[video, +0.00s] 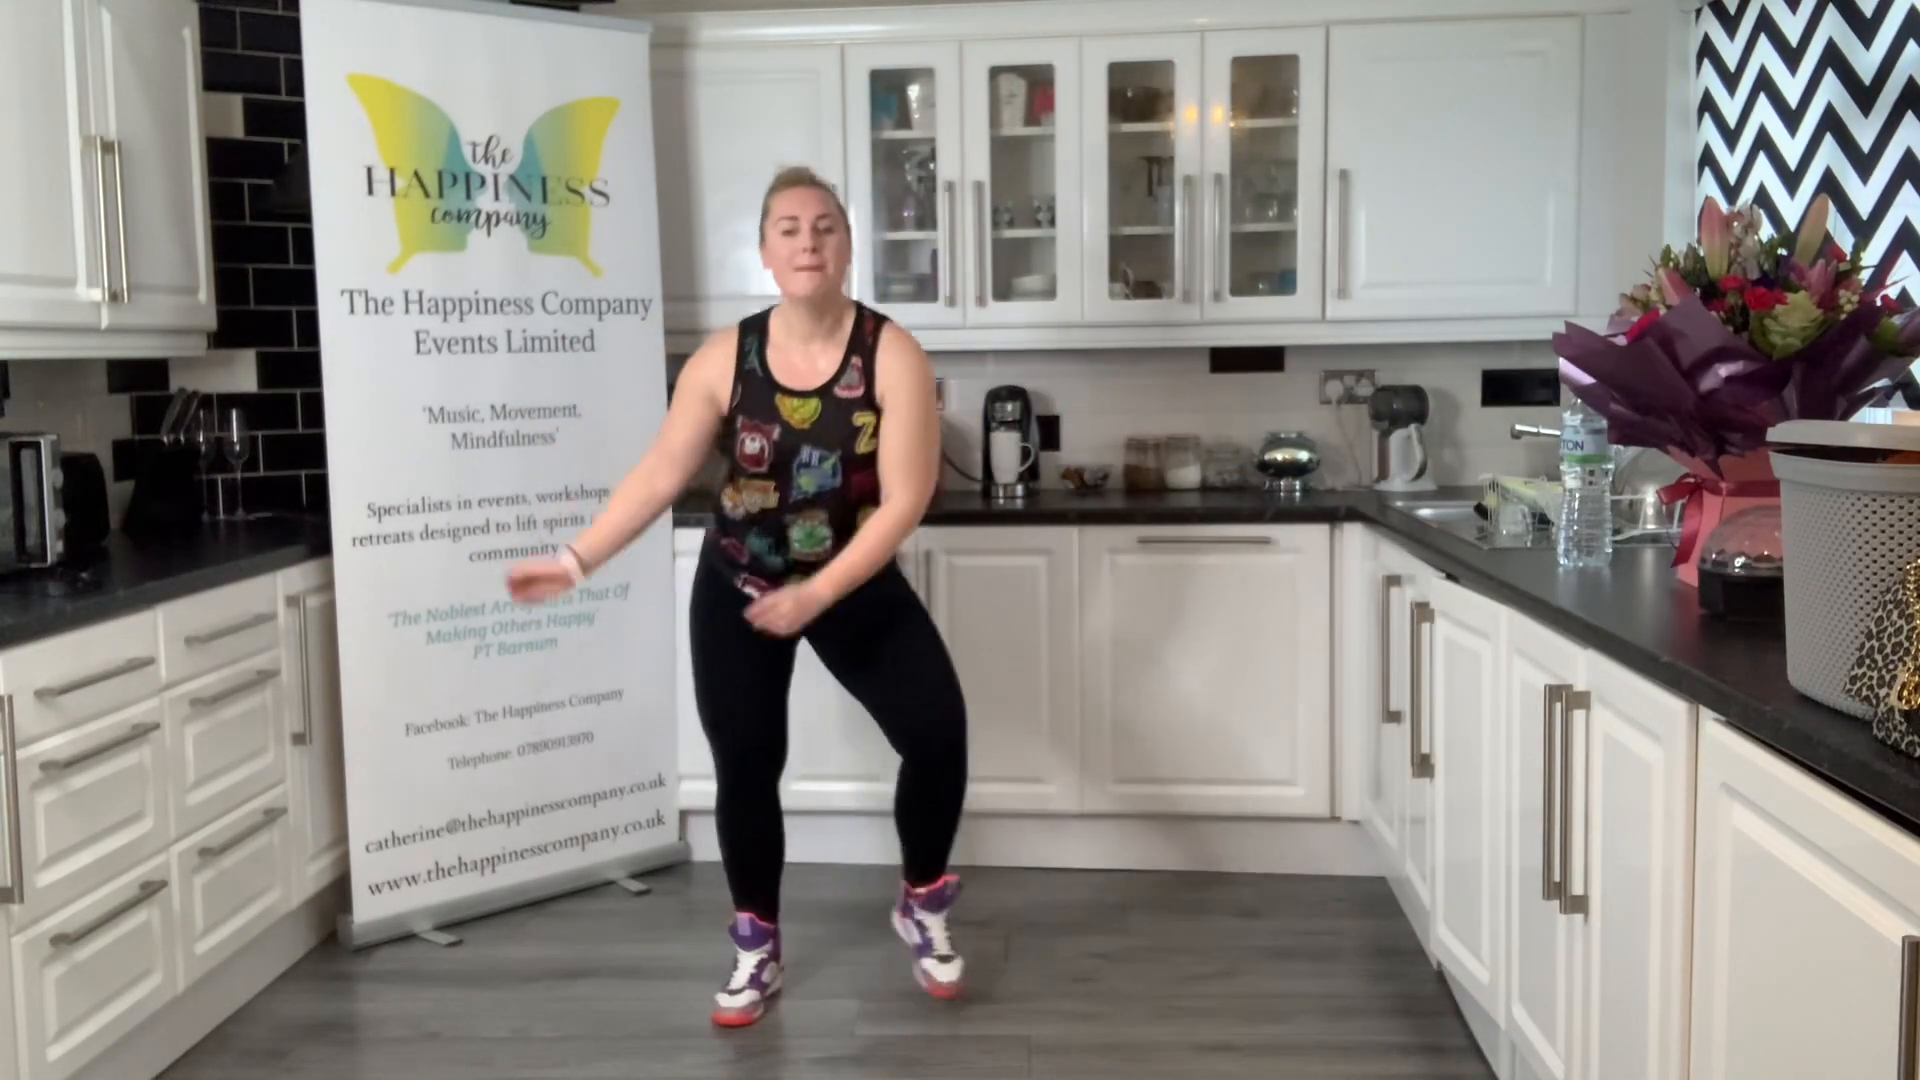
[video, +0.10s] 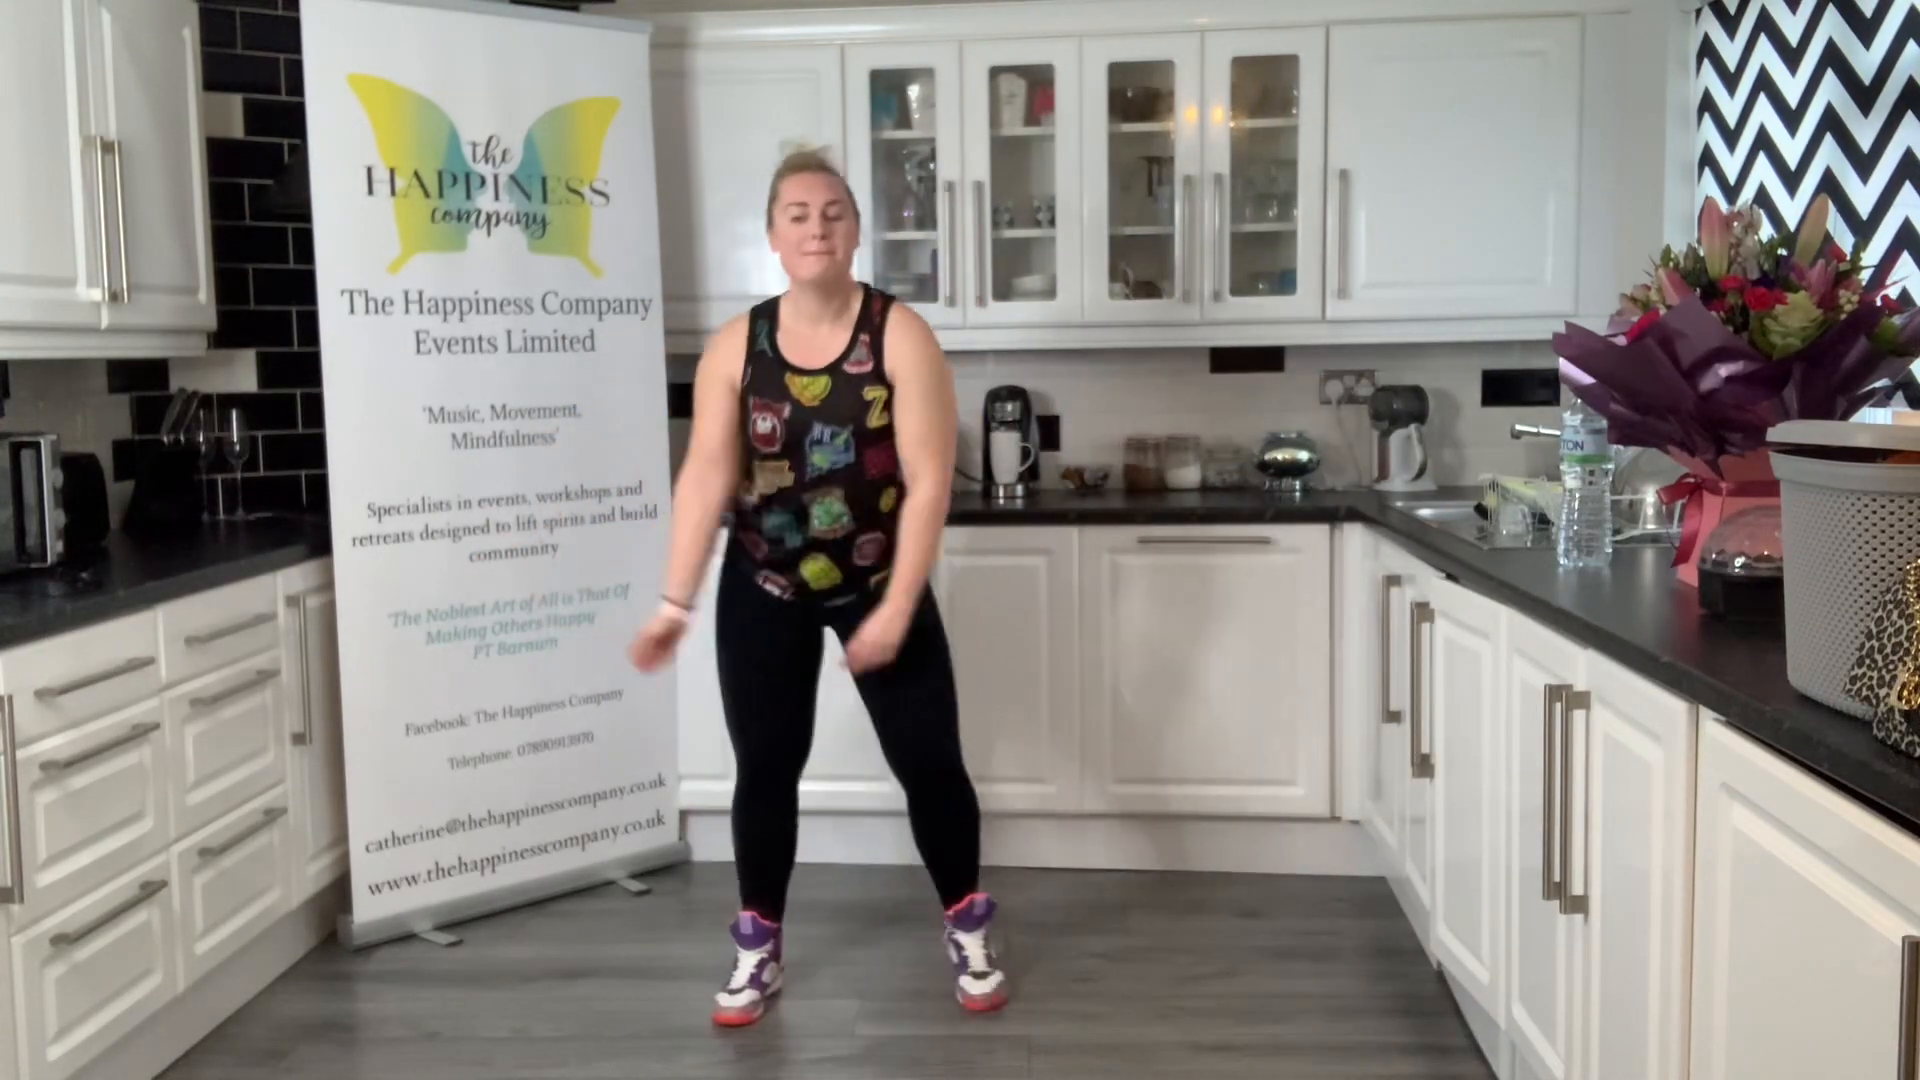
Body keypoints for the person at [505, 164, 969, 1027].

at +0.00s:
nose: (809, 243)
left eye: (826, 228)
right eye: (789, 230)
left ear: (848, 246)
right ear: (765, 254)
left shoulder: (893, 356)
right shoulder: (723, 362)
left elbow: (906, 502)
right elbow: (658, 476)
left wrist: (814, 595)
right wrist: (574, 560)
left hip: (854, 577)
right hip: (741, 582)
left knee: (939, 732)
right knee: (746, 768)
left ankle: (924, 905)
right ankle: (755, 947)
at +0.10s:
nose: (819, 229)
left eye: (835, 215)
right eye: (798, 216)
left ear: (856, 231)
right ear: (773, 238)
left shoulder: (901, 336)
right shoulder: (733, 348)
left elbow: (930, 482)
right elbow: (705, 478)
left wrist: (897, 607)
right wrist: (676, 599)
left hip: (884, 582)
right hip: (766, 588)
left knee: (930, 763)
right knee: (764, 772)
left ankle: (967, 927)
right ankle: (757, 946)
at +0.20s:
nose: (830, 231)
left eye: (845, 215)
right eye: (811, 217)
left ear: (870, 230)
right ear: (785, 235)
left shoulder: (914, 330)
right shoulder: (754, 352)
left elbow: (975, 462)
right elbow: (760, 491)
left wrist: (984, 596)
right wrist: (784, 611)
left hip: (908, 597)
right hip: (795, 600)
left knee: (930, 771)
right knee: (775, 778)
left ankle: (969, 932)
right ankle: (761, 943)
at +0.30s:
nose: (846, 245)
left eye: (863, 229)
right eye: (828, 229)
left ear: (886, 245)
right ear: (802, 247)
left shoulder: (934, 337)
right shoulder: (774, 364)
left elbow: (1027, 442)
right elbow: (790, 499)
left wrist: (1060, 571)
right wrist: (852, 579)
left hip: (944, 575)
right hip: (834, 574)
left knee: (952, 762)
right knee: (763, 737)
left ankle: (970, 931)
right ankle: (770, 928)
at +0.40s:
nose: (862, 251)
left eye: (878, 234)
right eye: (843, 235)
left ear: (899, 249)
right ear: (815, 253)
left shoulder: (951, 342)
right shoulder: (789, 374)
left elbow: (1055, 423)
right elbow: (799, 509)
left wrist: (1105, 517)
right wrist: (870, 527)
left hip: (967, 586)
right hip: (860, 586)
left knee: (965, 764)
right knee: (771, 713)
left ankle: (972, 933)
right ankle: (812, 912)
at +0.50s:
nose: (868, 233)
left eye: (884, 217)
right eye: (849, 218)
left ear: (908, 232)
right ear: (821, 237)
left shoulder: (963, 328)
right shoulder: (795, 359)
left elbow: (1045, 414)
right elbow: (798, 496)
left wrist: (1113, 472)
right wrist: (862, 500)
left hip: (970, 577)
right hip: (862, 581)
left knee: (963, 756)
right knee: (803, 727)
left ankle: (973, 928)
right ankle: (873, 926)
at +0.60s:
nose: (874, 228)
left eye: (890, 213)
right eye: (855, 214)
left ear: (916, 229)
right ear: (830, 234)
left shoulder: (967, 329)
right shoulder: (798, 352)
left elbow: (1036, 430)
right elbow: (794, 487)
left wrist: (1112, 465)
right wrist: (860, 499)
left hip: (970, 587)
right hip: (861, 594)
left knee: (963, 764)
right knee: (859, 769)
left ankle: (973, 931)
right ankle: (907, 956)